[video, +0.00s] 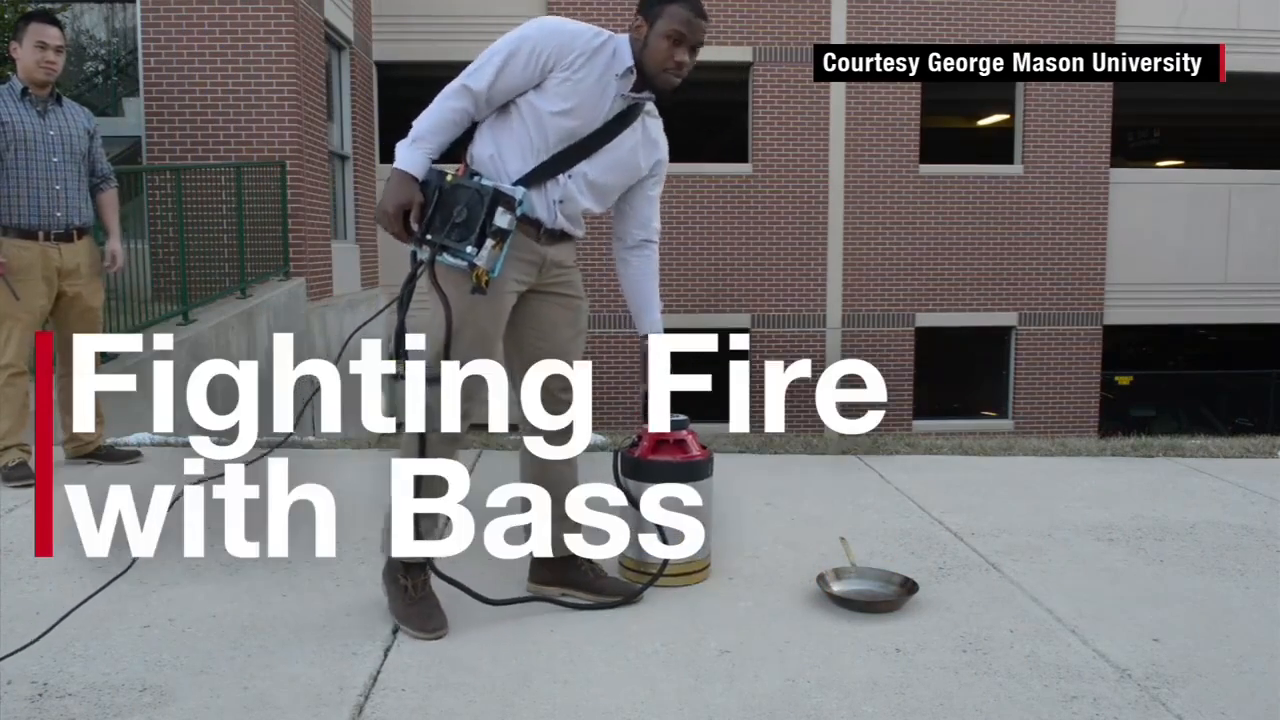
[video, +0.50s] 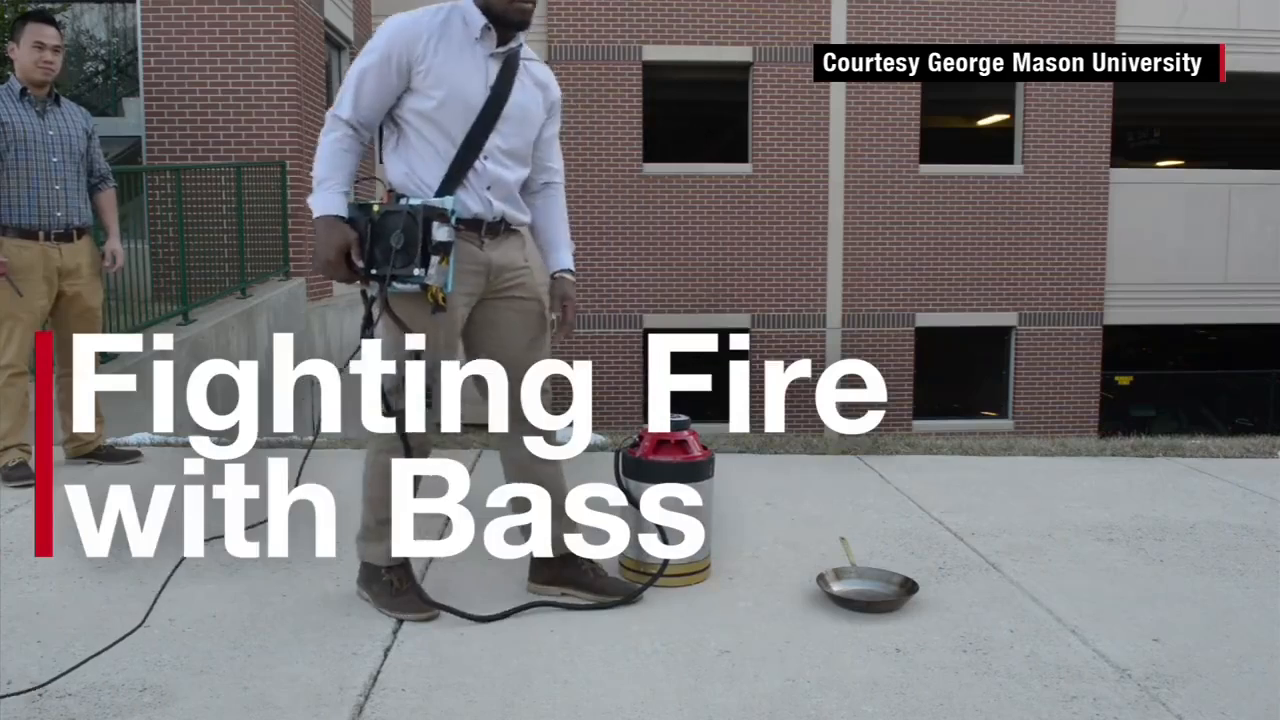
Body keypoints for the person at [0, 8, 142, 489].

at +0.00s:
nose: (52, 58)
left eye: (60, 51)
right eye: (42, 48)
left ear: (66, 60)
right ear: (15, 51)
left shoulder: (81, 116)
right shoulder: (3, 105)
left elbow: (103, 180)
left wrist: (115, 236)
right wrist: (0, 248)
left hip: (79, 249)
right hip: (18, 250)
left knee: (84, 352)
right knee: (15, 360)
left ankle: (86, 442)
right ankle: (13, 453)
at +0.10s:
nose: (51, 57)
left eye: (58, 51)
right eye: (41, 47)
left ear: (64, 60)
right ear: (15, 52)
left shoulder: (80, 116)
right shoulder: (3, 105)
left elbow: (102, 180)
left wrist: (113, 235)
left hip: (79, 249)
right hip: (19, 251)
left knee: (84, 353)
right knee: (15, 360)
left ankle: (86, 442)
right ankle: (13, 453)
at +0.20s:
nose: (49, 57)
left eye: (57, 50)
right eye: (39, 47)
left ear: (64, 59)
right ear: (14, 52)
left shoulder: (79, 116)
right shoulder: (3, 105)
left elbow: (101, 180)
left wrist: (112, 235)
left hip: (79, 249)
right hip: (19, 251)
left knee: (84, 353)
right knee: (15, 360)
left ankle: (87, 442)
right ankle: (13, 453)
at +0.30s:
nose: (50, 57)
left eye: (57, 51)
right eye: (39, 47)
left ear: (63, 60)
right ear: (14, 52)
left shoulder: (79, 116)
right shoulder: (3, 105)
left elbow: (101, 180)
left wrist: (113, 235)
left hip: (79, 249)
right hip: (18, 250)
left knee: (84, 352)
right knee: (15, 360)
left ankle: (86, 442)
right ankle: (13, 453)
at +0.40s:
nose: (49, 57)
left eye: (56, 50)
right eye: (39, 47)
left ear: (63, 59)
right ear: (14, 52)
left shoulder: (78, 116)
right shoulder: (3, 105)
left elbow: (101, 180)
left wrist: (114, 235)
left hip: (79, 249)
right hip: (19, 250)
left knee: (84, 352)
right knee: (15, 360)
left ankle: (87, 442)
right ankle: (13, 453)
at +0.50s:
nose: (49, 57)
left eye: (57, 50)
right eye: (39, 47)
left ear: (63, 59)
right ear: (14, 52)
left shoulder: (78, 116)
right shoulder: (3, 105)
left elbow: (101, 179)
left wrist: (114, 235)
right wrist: (1, 249)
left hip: (79, 249)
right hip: (18, 250)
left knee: (84, 353)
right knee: (16, 360)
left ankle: (87, 442)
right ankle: (14, 453)